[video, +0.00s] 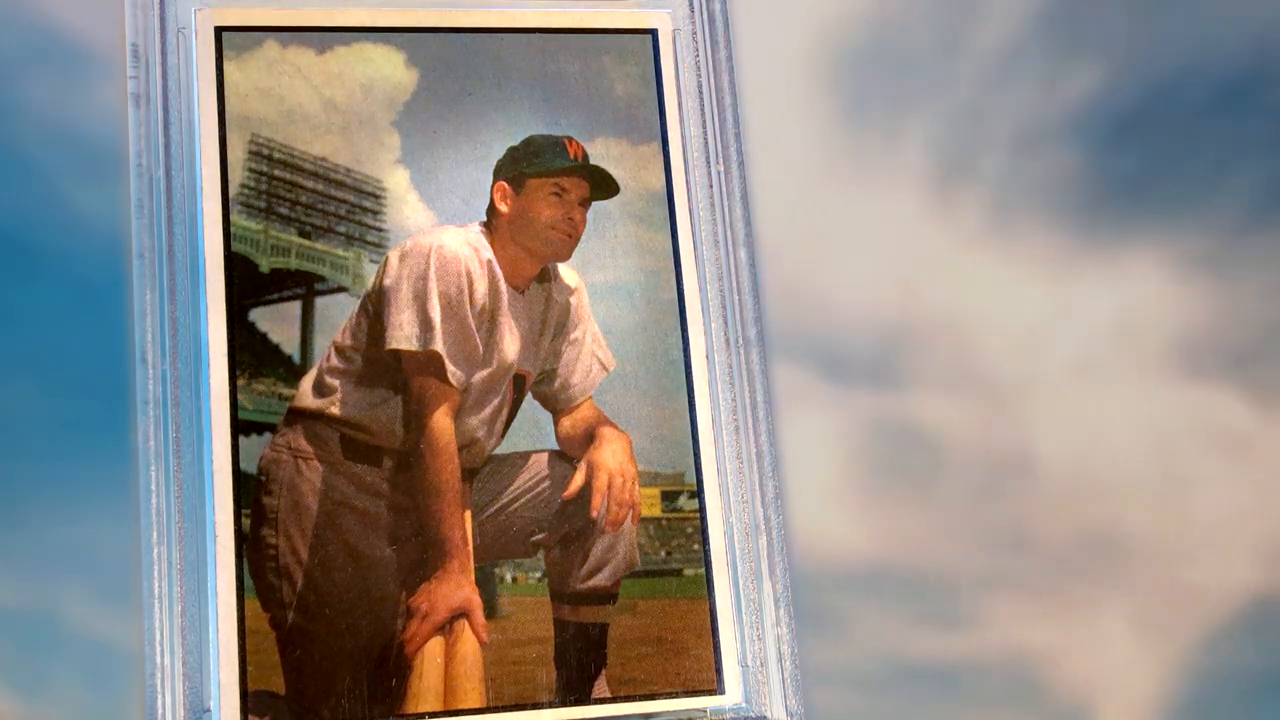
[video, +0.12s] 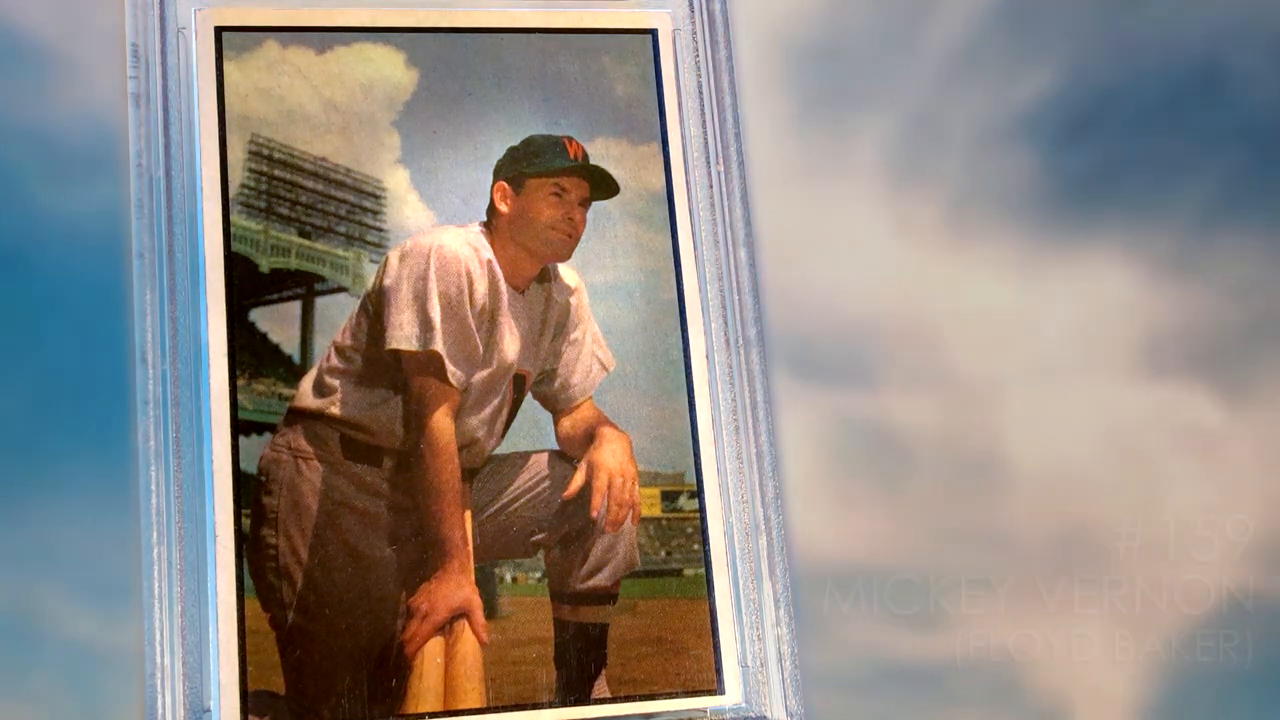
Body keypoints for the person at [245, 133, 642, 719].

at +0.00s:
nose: (576, 215)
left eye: (584, 203)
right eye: (557, 193)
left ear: (587, 217)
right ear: (504, 197)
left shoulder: (560, 295)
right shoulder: (442, 256)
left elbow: (575, 416)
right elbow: (432, 419)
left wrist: (609, 434)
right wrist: (454, 566)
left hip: (439, 486)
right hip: (335, 480)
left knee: (594, 487)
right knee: (346, 704)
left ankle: (580, 696)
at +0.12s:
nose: (576, 215)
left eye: (584, 203)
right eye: (557, 193)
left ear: (587, 217)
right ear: (504, 197)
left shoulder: (560, 295)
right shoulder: (441, 256)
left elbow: (574, 417)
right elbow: (433, 420)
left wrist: (609, 434)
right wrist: (454, 565)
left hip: (440, 487)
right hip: (335, 481)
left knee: (594, 486)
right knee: (347, 703)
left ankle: (581, 697)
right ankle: (240, 706)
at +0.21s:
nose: (576, 216)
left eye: (584, 204)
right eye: (557, 194)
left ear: (587, 218)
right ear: (504, 197)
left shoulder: (560, 295)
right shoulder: (441, 256)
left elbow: (575, 417)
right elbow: (432, 420)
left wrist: (609, 434)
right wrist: (454, 566)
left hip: (439, 486)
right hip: (334, 480)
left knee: (594, 486)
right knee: (347, 702)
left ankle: (581, 697)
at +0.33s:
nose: (576, 216)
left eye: (584, 204)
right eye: (557, 194)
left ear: (587, 217)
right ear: (504, 197)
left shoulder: (560, 295)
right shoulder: (442, 256)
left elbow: (575, 417)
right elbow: (432, 420)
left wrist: (609, 434)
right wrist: (454, 566)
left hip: (439, 486)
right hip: (334, 479)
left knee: (595, 486)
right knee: (348, 701)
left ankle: (581, 697)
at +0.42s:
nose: (576, 216)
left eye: (584, 204)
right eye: (557, 194)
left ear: (587, 217)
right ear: (504, 197)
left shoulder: (560, 296)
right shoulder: (441, 256)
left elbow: (575, 417)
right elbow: (432, 420)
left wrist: (609, 434)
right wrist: (454, 565)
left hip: (440, 486)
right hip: (335, 479)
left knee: (595, 487)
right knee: (348, 701)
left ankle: (581, 698)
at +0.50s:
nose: (576, 215)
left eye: (584, 203)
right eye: (557, 194)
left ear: (587, 217)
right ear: (504, 197)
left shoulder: (560, 295)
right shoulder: (442, 256)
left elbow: (575, 417)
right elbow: (432, 420)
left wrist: (609, 434)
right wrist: (454, 566)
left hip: (439, 485)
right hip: (334, 478)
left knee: (594, 488)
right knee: (347, 701)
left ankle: (580, 698)